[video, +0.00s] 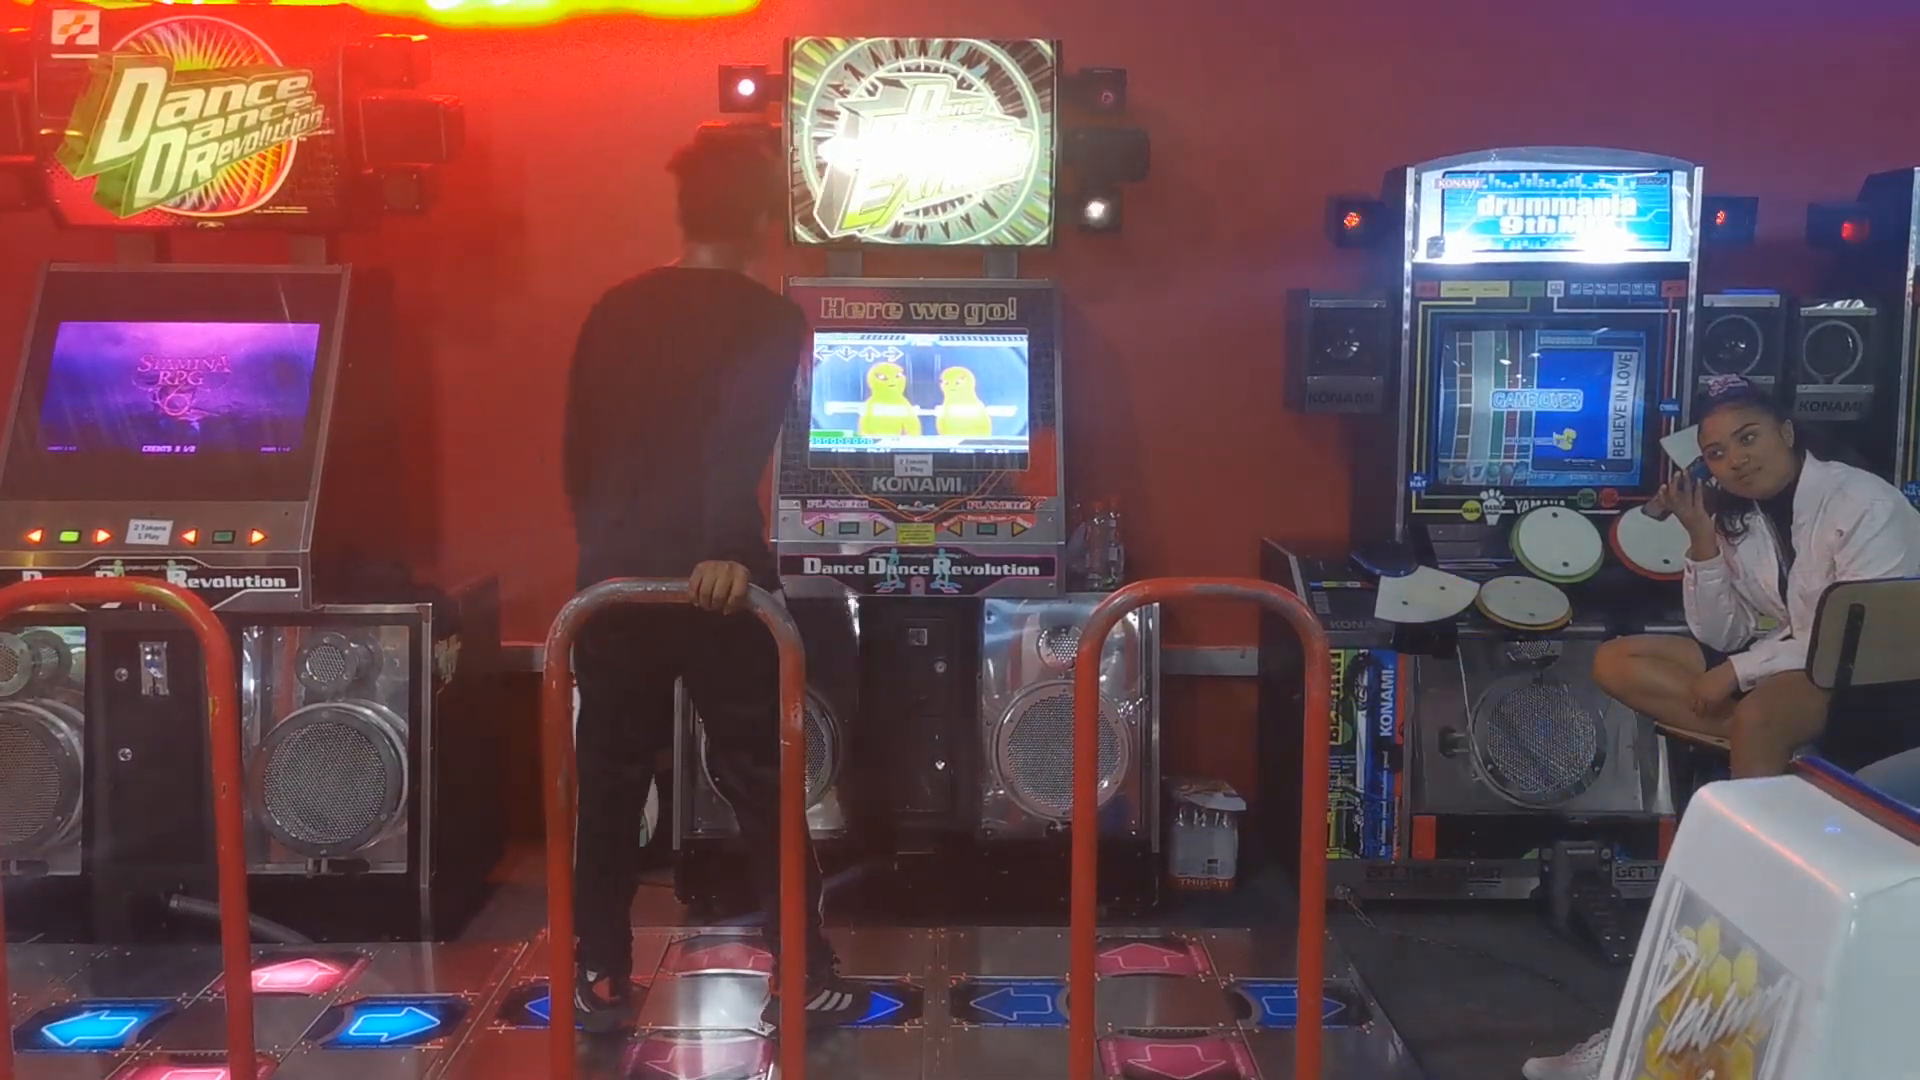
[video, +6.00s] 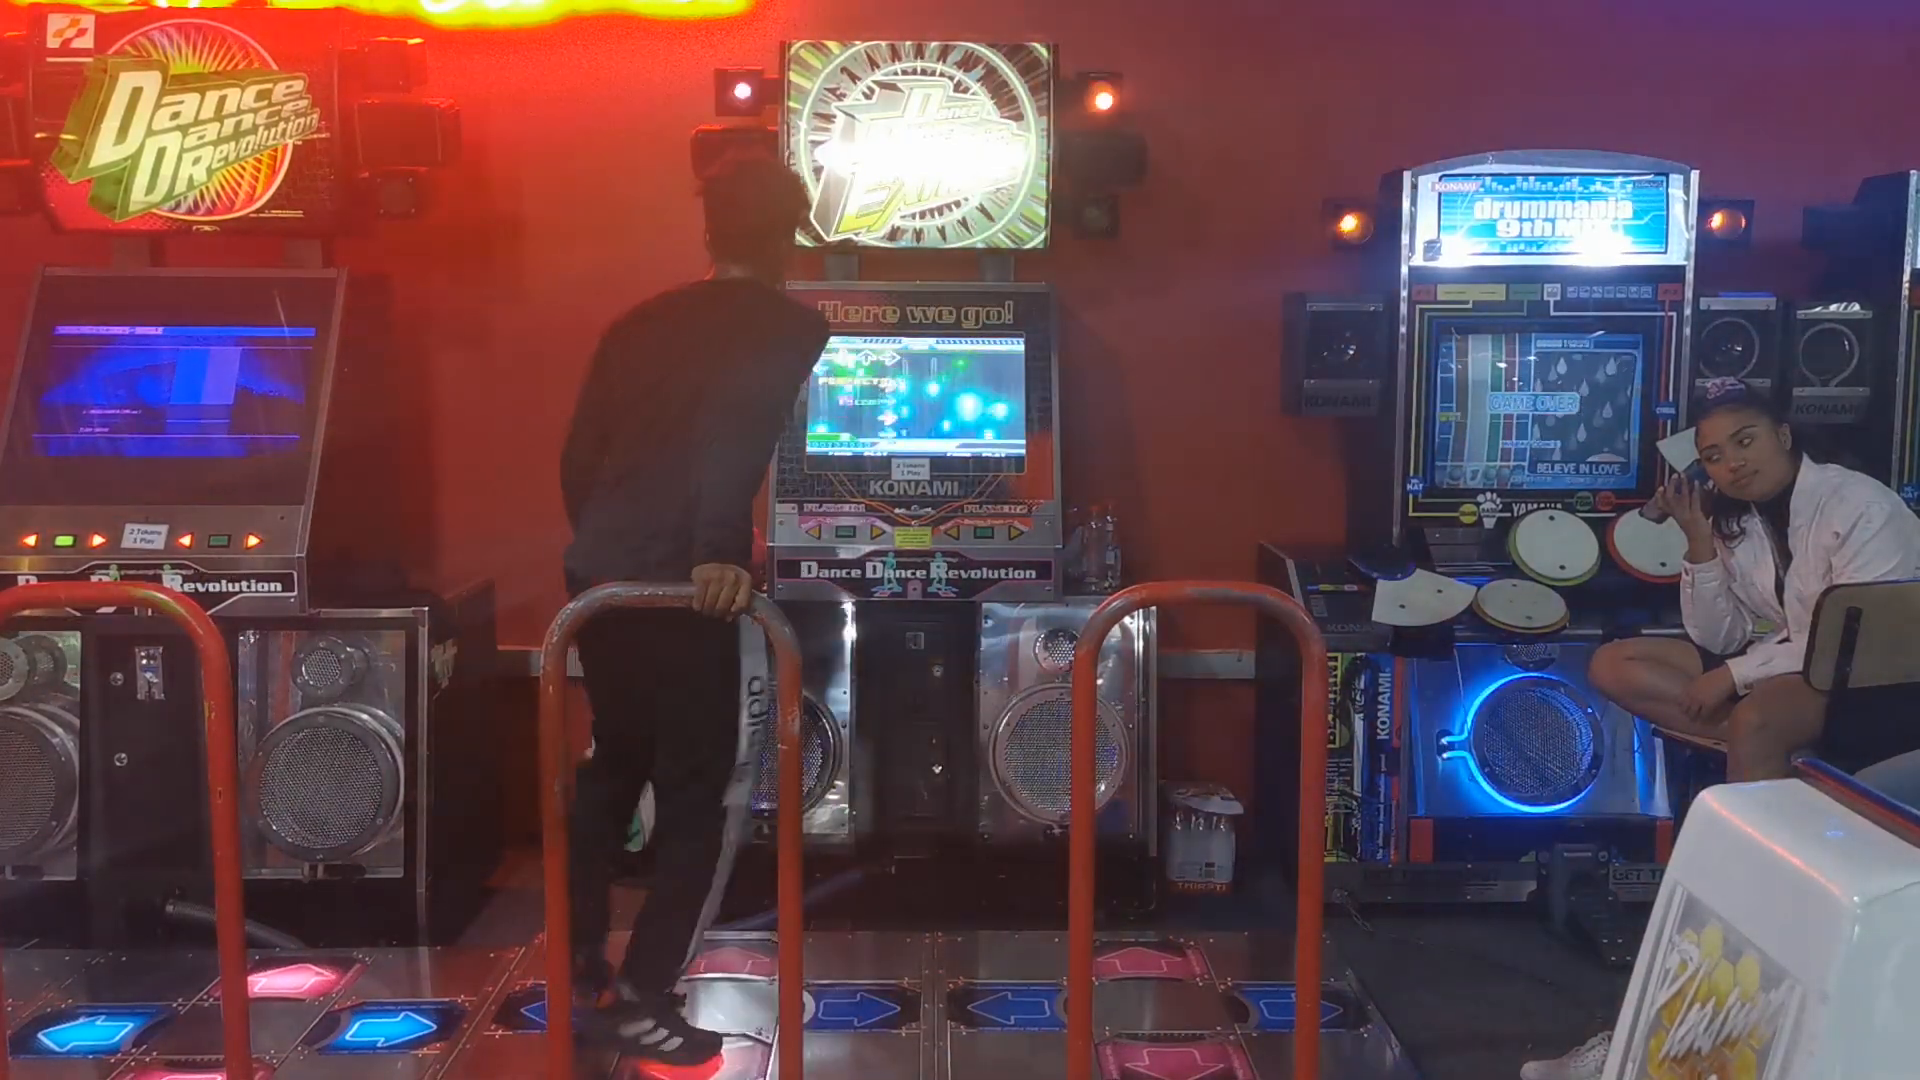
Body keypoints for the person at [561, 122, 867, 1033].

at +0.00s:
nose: (779, 226)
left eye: (775, 210)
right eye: (776, 210)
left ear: (683, 214)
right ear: (762, 217)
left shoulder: (616, 308)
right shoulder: (771, 317)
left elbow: (581, 447)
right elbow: (744, 431)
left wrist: (605, 543)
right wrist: (725, 534)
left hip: (616, 575)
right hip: (724, 578)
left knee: (611, 780)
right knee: (761, 771)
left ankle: (601, 976)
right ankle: (805, 973)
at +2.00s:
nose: (848, 245)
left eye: (844, 231)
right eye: (848, 233)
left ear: (763, 233)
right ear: (839, 240)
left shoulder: (690, 324)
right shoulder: (839, 335)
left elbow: (657, 458)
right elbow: (785, 439)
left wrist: (687, 538)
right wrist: (732, 542)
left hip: (674, 567)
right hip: (775, 576)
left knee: (642, 756)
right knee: (806, 774)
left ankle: (609, 957)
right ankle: (809, 980)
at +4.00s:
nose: (858, 237)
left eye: (846, 222)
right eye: (854, 224)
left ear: (770, 233)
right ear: (847, 234)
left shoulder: (702, 319)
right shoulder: (860, 325)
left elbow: (660, 459)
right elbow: (800, 434)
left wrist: (678, 568)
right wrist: (733, 545)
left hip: (695, 567)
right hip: (803, 560)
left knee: (676, 752)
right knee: (826, 764)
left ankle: (693, 949)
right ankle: (824, 974)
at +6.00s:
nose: (791, 247)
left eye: (775, 229)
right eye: (791, 232)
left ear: (712, 233)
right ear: (788, 235)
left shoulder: (636, 323)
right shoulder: (790, 325)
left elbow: (580, 456)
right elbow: (739, 432)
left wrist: (602, 554)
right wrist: (722, 541)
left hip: (600, 575)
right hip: (693, 578)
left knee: (614, 758)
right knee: (692, 795)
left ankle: (580, 953)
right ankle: (644, 1003)